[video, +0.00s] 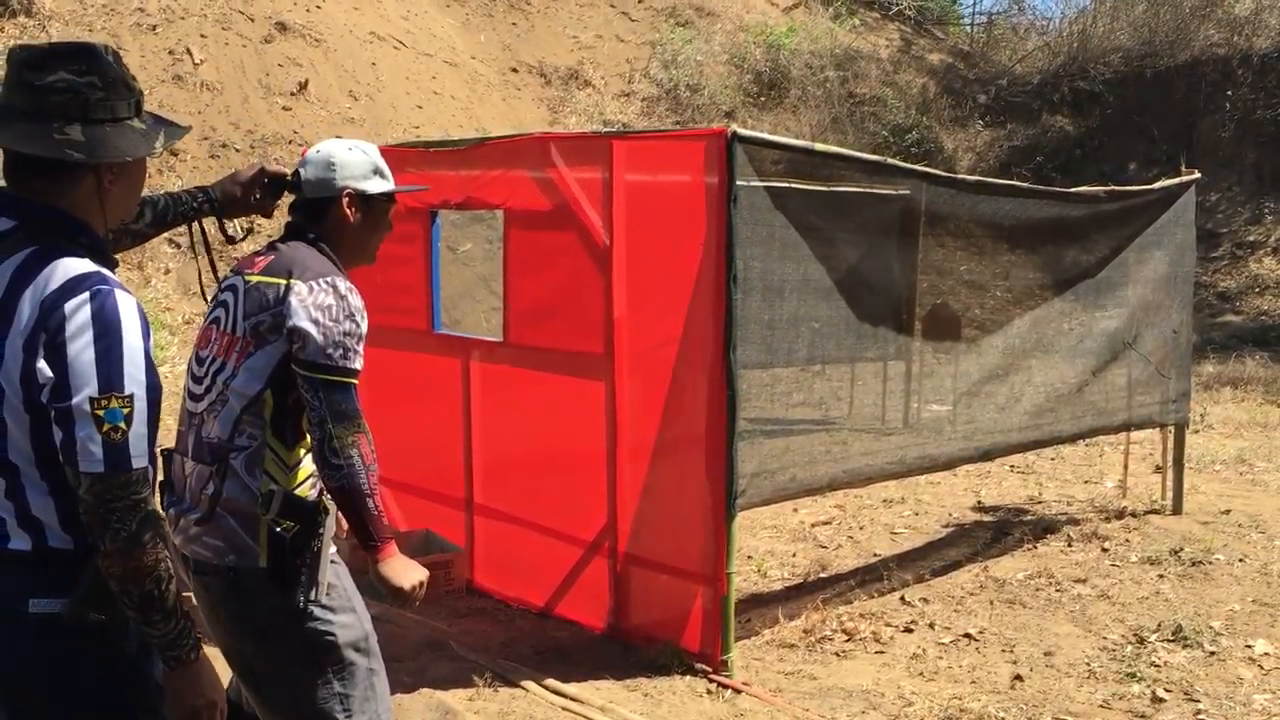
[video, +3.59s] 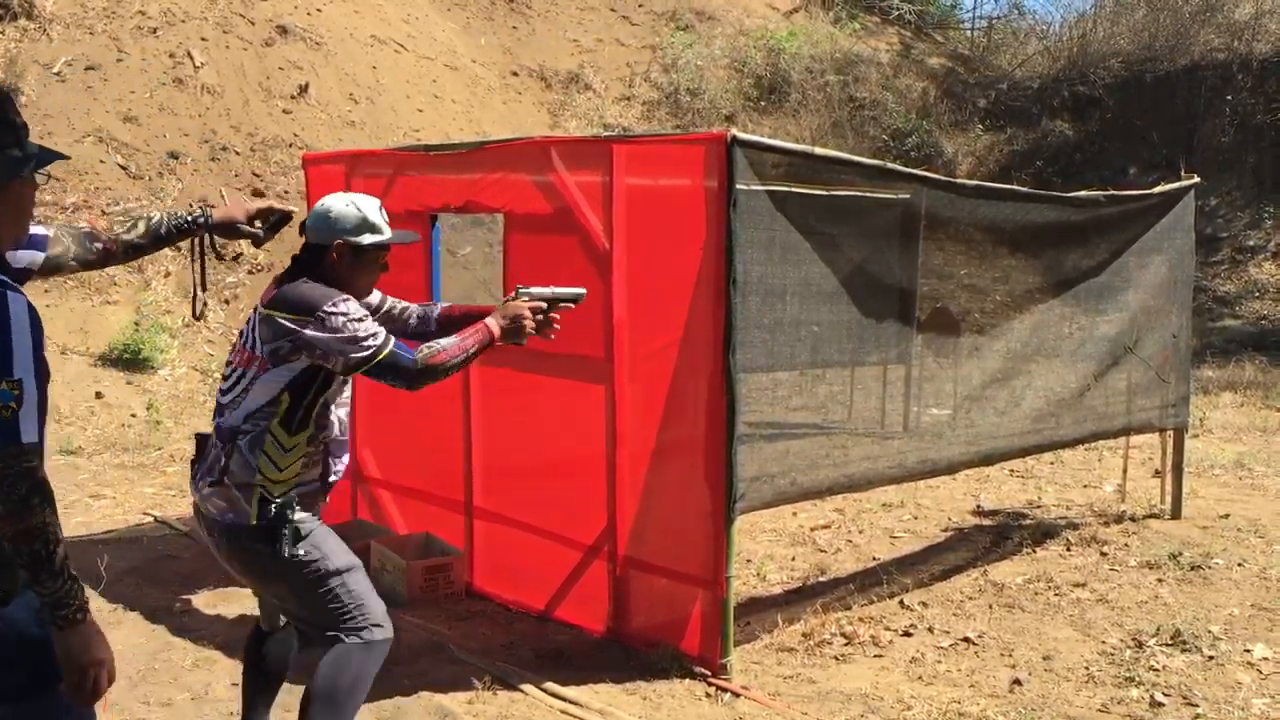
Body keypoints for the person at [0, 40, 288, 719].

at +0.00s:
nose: (150, 170)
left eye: (149, 154)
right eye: (143, 155)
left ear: (20, 157)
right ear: (104, 171)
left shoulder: (12, 247)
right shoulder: (91, 304)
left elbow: (102, 229)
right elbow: (123, 521)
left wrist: (215, 198)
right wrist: (187, 654)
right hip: (70, 615)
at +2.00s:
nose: (182, 191)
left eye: (184, 176)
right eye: (176, 177)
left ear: (53, 168)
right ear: (140, 195)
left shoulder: (16, 231)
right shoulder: (119, 323)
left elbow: (141, 226)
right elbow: (135, 538)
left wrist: (264, 209)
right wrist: (190, 677)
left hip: (14, 574)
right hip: (77, 609)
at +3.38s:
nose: (106, 197)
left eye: (103, 182)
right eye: (95, 183)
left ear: (39, 198)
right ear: (52, 200)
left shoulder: (17, 274)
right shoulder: (42, 316)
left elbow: (95, 230)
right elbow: (66, 515)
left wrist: (210, 189)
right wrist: (134, 646)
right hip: (41, 627)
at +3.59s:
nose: (39, 192)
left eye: (35, 177)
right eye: (30, 177)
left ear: (8, 191)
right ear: (2, 191)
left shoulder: (9, 257)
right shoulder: (12, 315)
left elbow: (94, 242)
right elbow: (18, 482)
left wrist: (211, 218)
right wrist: (70, 614)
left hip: (19, 576)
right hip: (18, 588)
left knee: (59, 685)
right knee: (63, 693)